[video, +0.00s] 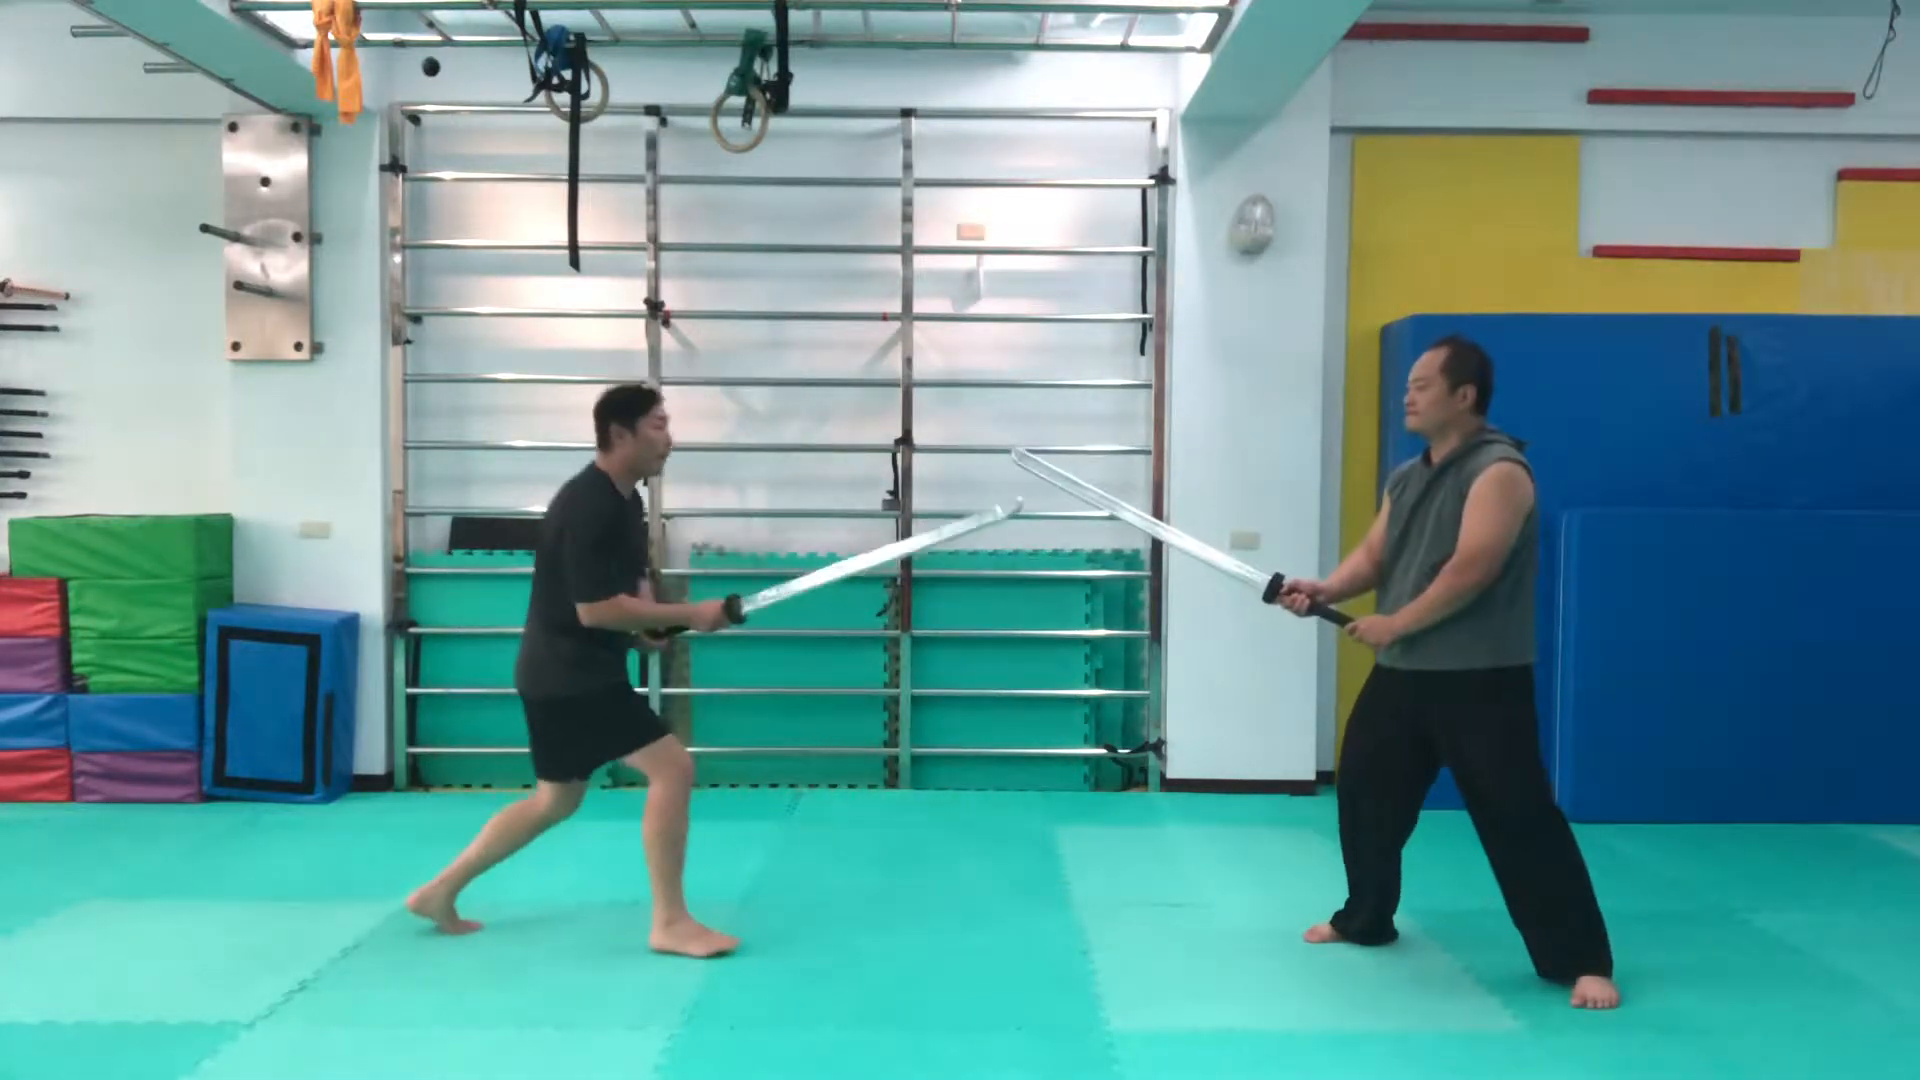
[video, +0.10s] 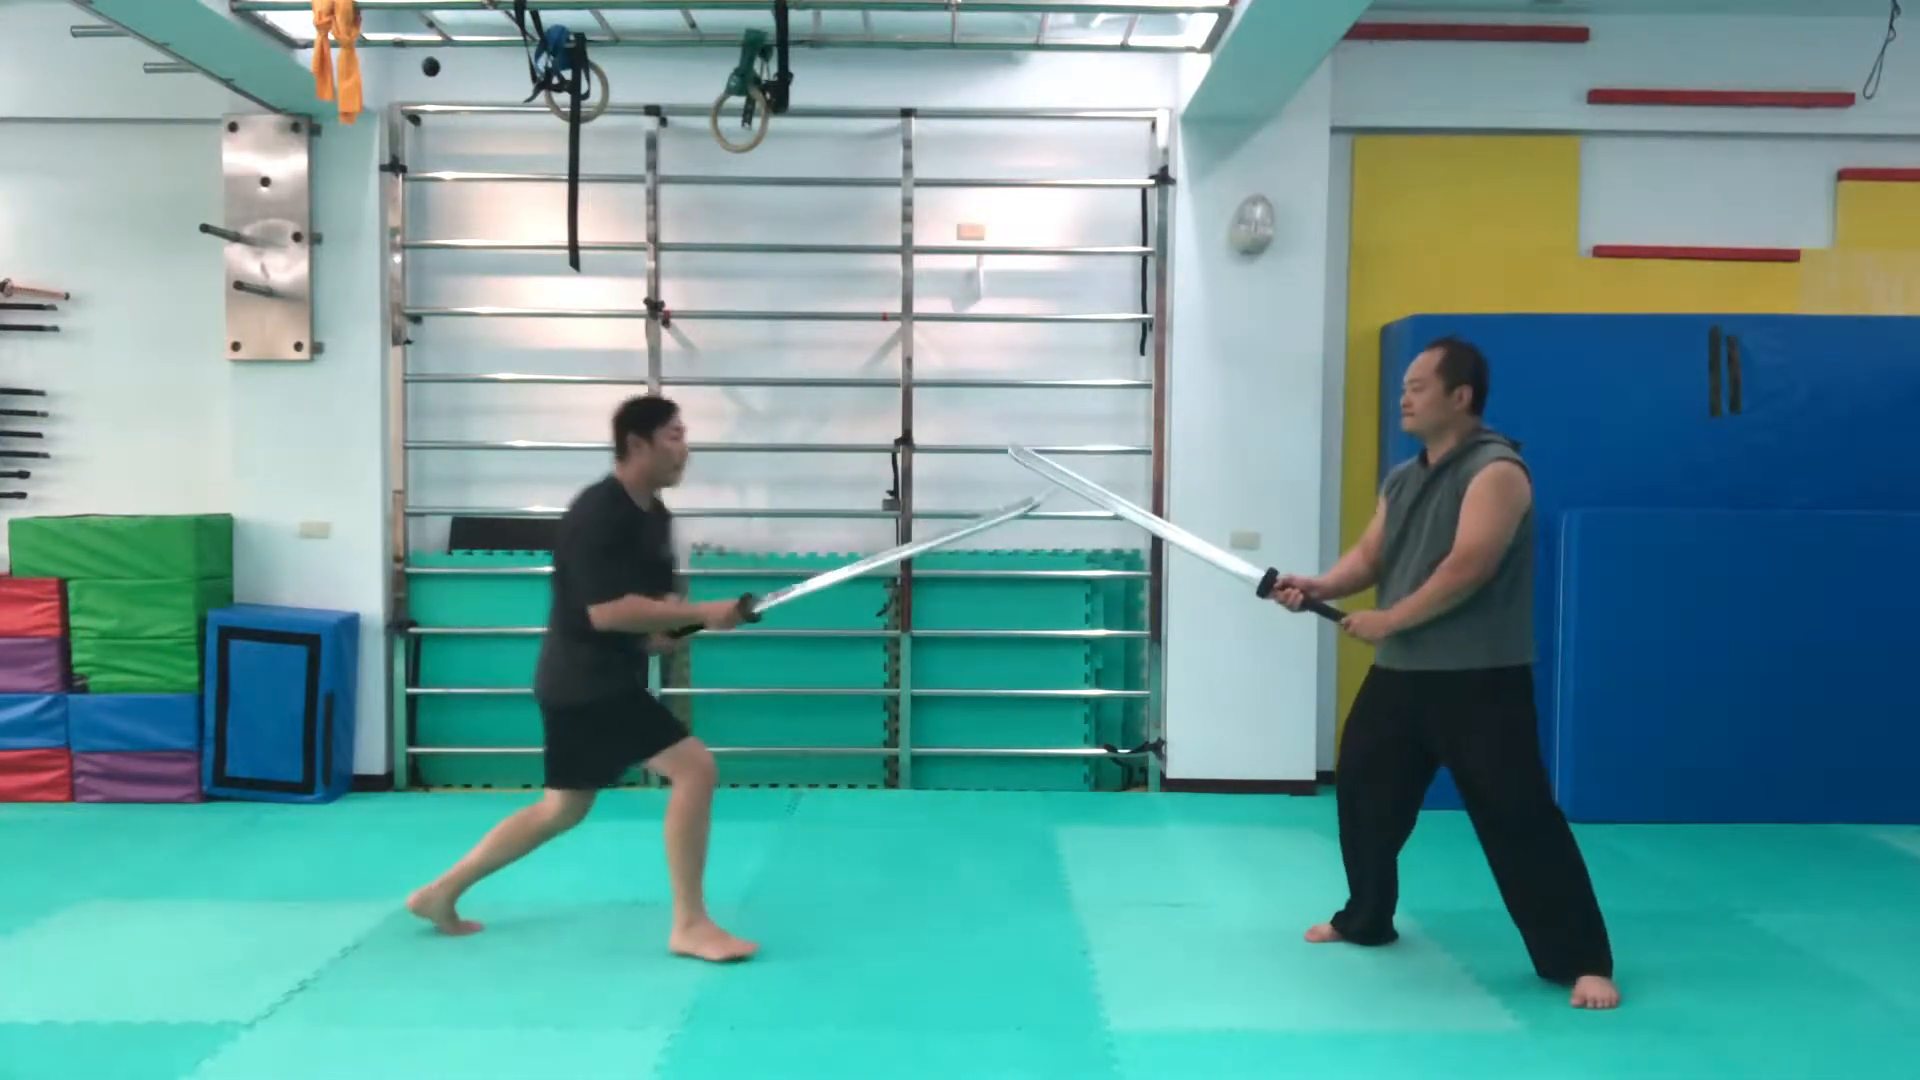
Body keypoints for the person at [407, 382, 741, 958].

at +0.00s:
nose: (670, 438)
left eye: (667, 425)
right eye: (659, 426)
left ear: (620, 436)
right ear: (619, 435)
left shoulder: (620, 500)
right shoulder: (591, 502)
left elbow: (621, 586)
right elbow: (595, 608)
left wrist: (647, 626)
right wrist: (694, 614)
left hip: (559, 675)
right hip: (574, 676)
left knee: (557, 799)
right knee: (672, 767)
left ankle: (439, 894)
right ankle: (670, 923)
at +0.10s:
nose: (685, 448)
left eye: (683, 436)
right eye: (674, 438)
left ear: (647, 446)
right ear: (636, 446)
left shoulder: (653, 515)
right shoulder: (597, 510)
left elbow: (647, 605)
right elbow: (604, 611)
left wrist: (673, 630)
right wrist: (703, 613)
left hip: (590, 683)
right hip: (586, 684)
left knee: (564, 808)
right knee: (694, 769)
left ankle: (441, 894)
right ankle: (691, 926)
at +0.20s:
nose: (720, 456)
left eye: (719, 445)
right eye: (709, 446)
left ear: (684, 455)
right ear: (671, 453)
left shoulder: (698, 522)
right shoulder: (634, 512)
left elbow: (702, 612)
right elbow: (655, 590)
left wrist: (751, 596)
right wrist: (757, 587)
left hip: (627, 690)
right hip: (626, 691)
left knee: (562, 812)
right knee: (729, 770)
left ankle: (440, 892)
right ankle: (713, 929)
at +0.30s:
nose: (769, 461)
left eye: (769, 450)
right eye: (760, 452)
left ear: (734, 460)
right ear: (727, 460)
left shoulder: (760, 520)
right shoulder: (694, 516)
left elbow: (798, 599)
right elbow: (746, 552)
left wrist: (815, 561)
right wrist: (853, 539)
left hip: (686, 691)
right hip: (678, 692)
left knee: (645, 817)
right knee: (755, 786)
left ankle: (509, 857)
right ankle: (714, 941)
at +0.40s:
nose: (834, 464)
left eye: (833, 454)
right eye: (824, 455)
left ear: (810, 461)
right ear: (791, 463)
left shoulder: (821, 520)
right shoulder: (761, 521)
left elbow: (856, 585)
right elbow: (813, 589)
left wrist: (901, 578)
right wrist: (895, 572)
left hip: (753, 681)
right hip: (723, 680)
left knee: (760, 806)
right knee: (783, 797)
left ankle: (648, 831)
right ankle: (716, 941)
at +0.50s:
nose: (895, 453)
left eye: (894, 442)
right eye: (886, 443)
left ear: (857, 449)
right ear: (851, 450)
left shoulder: (871, 500)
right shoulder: (825, 511)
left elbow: (923, 534)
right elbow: (858, 601)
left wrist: (979, 555)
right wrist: (954, 588)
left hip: (824, 663)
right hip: (788, 667)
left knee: (893, 729)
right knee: (813, 795)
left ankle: (857, 858)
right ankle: (726, 928)